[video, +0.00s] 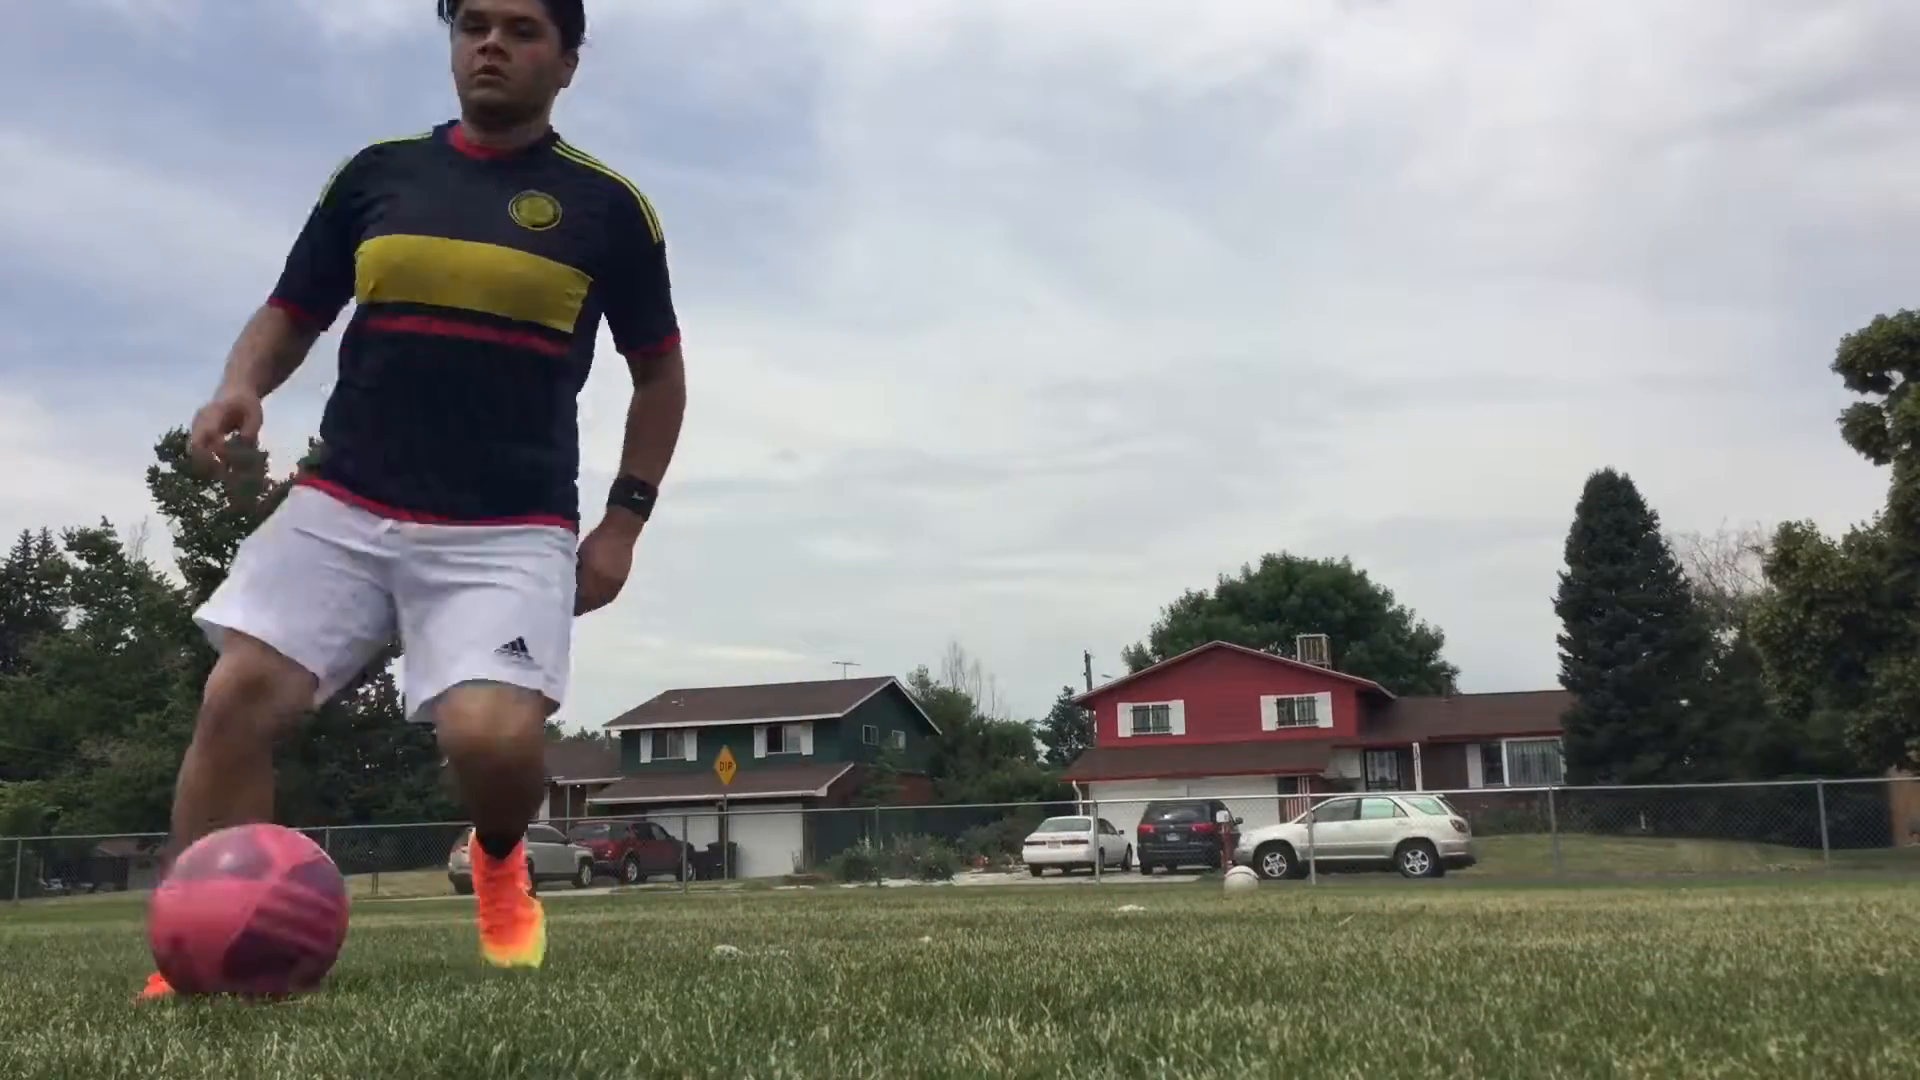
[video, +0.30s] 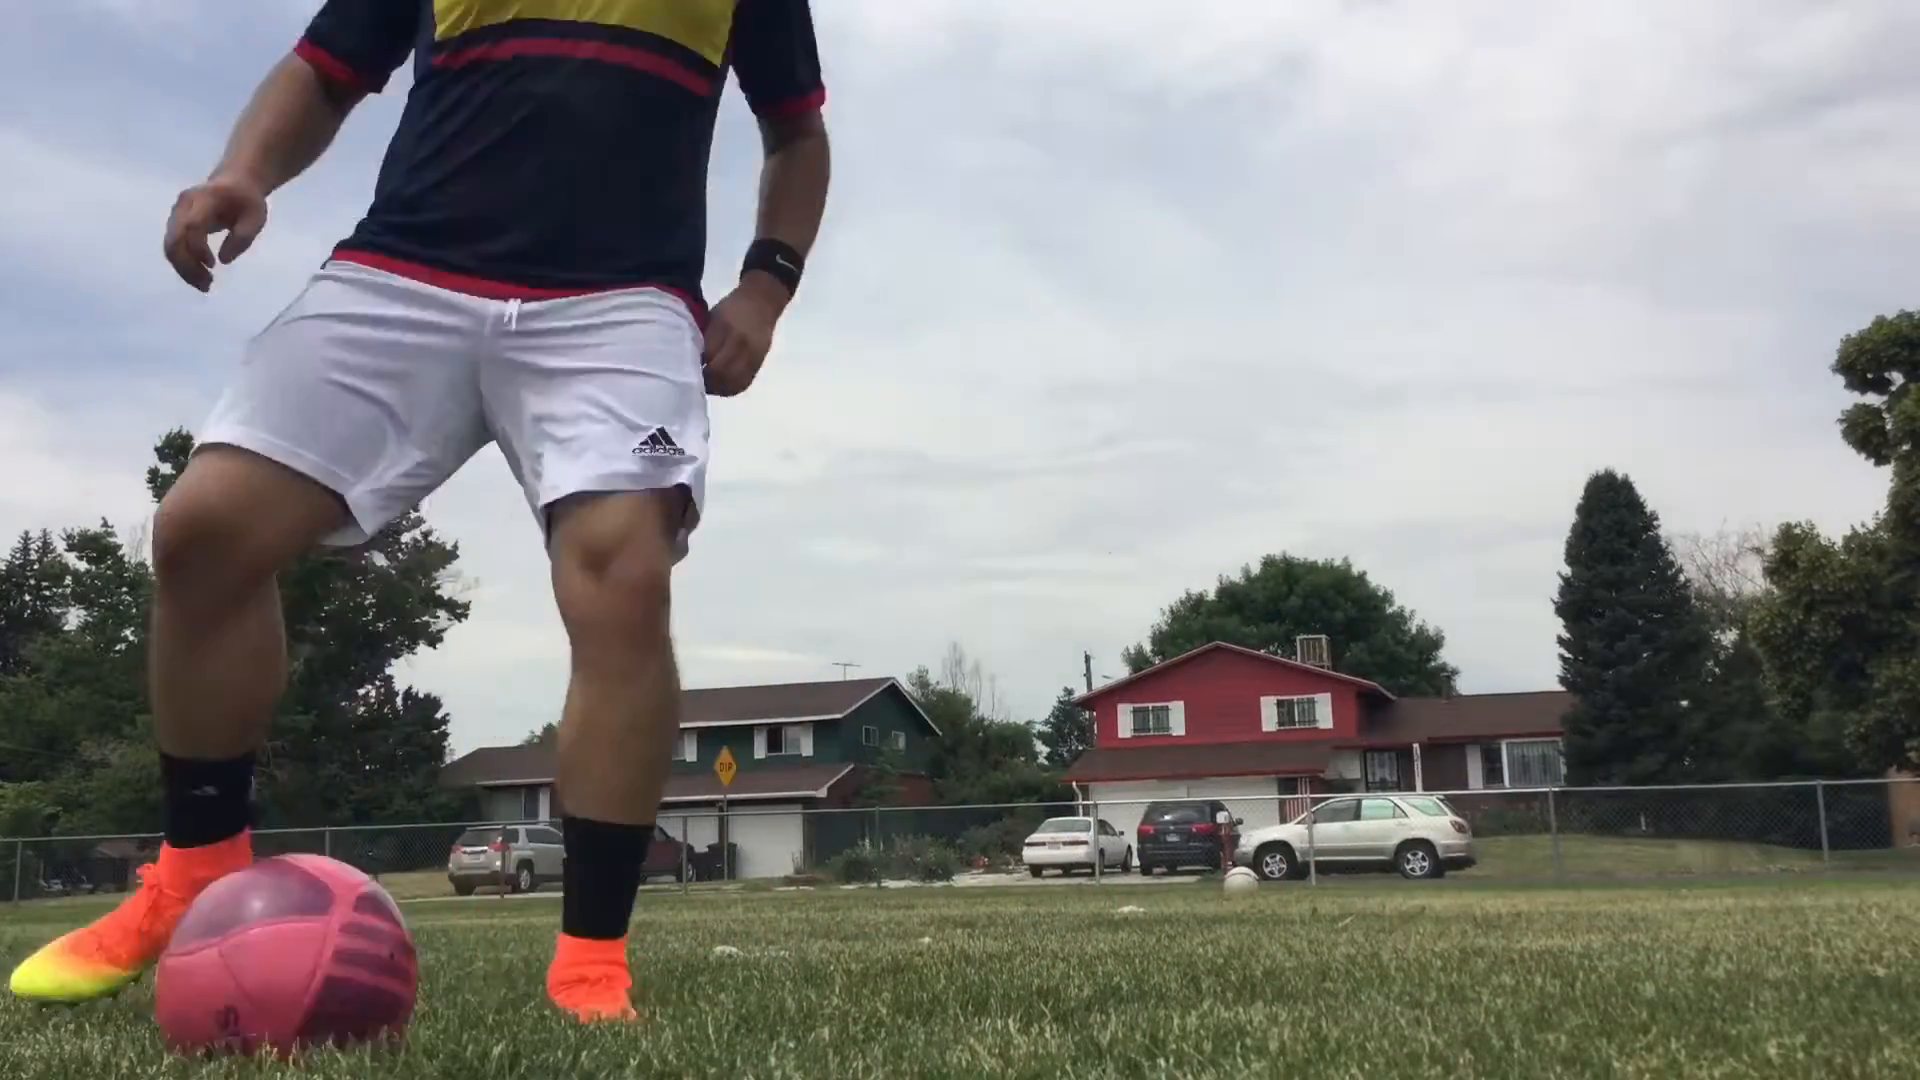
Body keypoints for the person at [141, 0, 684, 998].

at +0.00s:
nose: (490, 46)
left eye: (518, 30)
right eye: (472, 26)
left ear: (566, 60)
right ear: (451, 45)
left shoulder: (607, 209)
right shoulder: (376, 175)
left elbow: (660, 376)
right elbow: (291, 312)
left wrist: (621, 524)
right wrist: (240, 387)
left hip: (507, 530)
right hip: (344, 506)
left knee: (492, 740)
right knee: (234, 697)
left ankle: (498, 863)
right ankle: (193, 952)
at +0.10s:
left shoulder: (640, 116)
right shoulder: (377, 64)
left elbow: (667, 286)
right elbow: (254, 188)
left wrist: (646, 425)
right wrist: (218, 265)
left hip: (527, 416)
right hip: (353, 423)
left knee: (567, 596)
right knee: (268, 676)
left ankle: (520, 927)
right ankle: (185, 942)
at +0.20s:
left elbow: (704, 198)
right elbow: (285, 101)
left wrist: (687, 347)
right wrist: (230, 208)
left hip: (574, 351)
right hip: (378, 342)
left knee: (581, 584)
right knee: (221, 610)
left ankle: (601, 935)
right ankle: (188, 889)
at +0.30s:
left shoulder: (746, 5)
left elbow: (798, 132)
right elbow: (326, 66)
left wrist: (767, 285)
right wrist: (244, 171)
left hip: (614, 296)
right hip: (401, 274)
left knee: (621, 577)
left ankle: (592, 951)